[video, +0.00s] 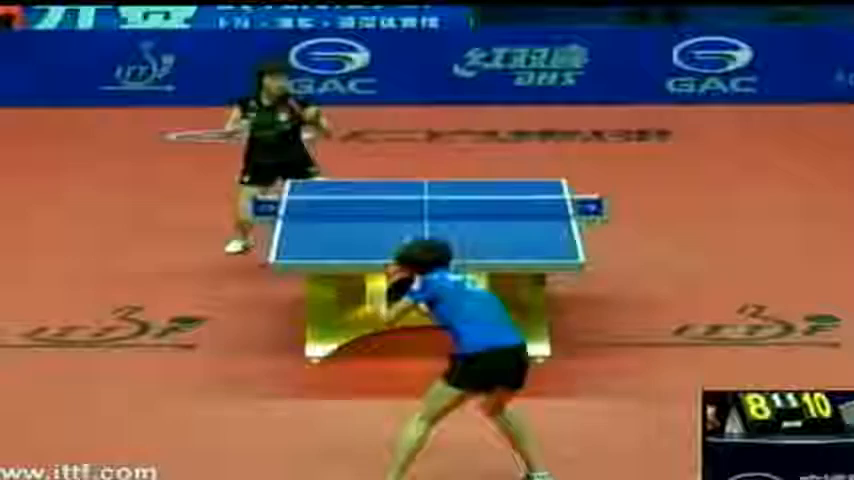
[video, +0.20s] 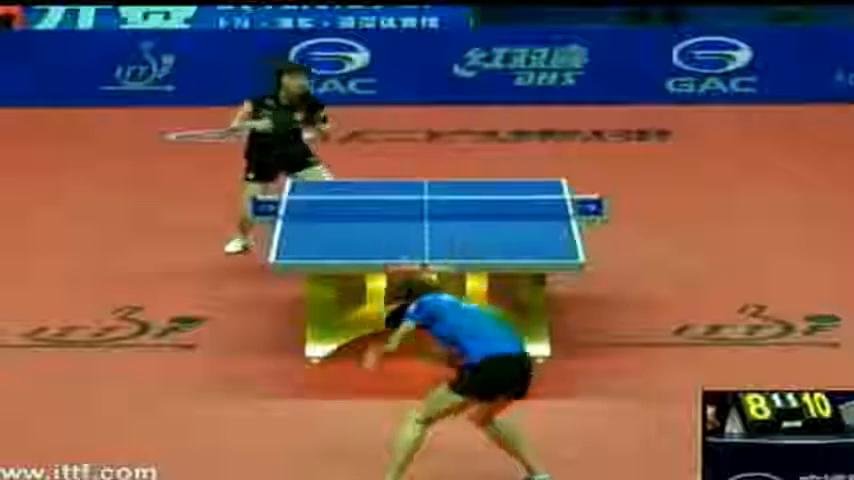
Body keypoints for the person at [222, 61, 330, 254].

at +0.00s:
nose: (280, 85)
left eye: (283, 79)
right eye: (274, 79)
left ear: (287, 82)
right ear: (263, 82)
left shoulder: (294, 104)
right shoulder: (248, 106)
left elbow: (325, 130)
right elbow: (231, 127)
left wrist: (316, 122)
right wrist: (236, 128)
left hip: (295, 163)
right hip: (260, 165)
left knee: (320, 193)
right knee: (244, 207)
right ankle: (244, 238)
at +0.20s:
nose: (299, 85)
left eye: (302, 79)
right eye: (293, 79)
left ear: (307, 83)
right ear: (282, 81)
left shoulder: (310, 105)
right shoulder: (260, 104)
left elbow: (326, 132)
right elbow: (238, 122)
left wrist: (313, 133)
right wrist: (242, 125)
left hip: (299, 160)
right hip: (262, 163)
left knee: (329, 190)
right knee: (249, 208)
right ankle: (243, 237)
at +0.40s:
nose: (323, 92)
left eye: (327, 87)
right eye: (318, 86)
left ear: (331, 90)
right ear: (307, 88)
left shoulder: (330, 114)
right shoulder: (287, 105)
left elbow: (339, 139)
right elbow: (254, 127)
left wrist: (345, 145)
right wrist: (280, 132)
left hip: (300, 156)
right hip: (268, 156)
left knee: (325, 196)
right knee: (255, 210)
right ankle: (226, 229)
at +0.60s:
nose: (321, 101)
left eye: (326, 97)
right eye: (317, 95)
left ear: (330, 100)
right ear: (306, 96)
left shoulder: (328, 123)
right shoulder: (284, 112)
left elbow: (339, 151)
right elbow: (246, 131)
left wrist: (354, 164)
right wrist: (275, 137)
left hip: (292, 164)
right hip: (261, 161)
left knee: (324, 198)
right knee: (244, 209)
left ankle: (323, 253)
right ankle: (206, 251)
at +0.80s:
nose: (314, 114)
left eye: (316, 109)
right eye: (309, 108)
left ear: (319, 113)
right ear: (297, 109)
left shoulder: (310, 138)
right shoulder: (273, 124)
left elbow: (320, 167)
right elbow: (250, 147)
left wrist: (342, 176)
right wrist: (288, 149)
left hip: (268, 176)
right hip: (240, 173)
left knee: (298, 207)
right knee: (241, 221)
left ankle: (296, 261)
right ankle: (198, 263)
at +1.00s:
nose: (329, 112)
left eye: (330, 107)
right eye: (326, 107)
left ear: (319, 110)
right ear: (313, 107)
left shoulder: (306, 124)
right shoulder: (301, 123)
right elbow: (314, 144)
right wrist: (348, 154)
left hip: (270, 172)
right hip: (246, 173)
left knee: (301, 203)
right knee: (249, 226)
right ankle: (199, 260)